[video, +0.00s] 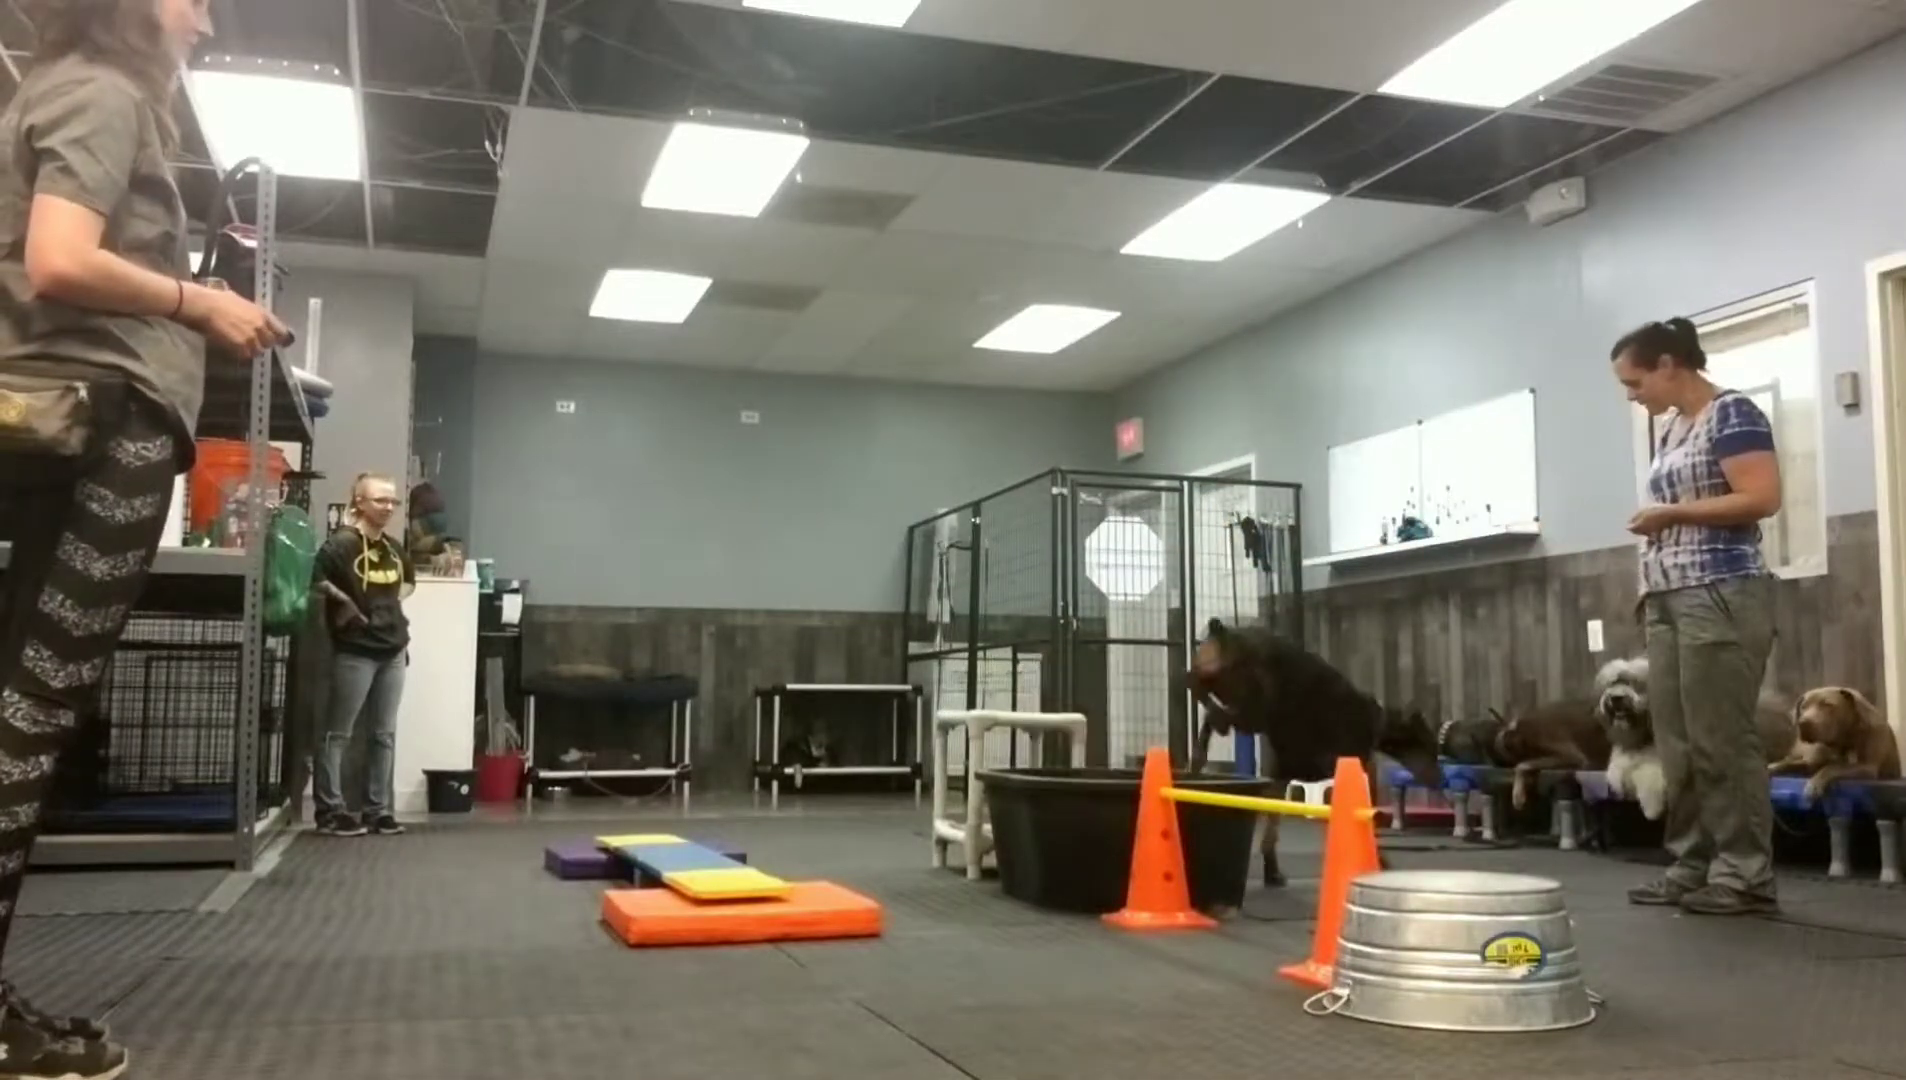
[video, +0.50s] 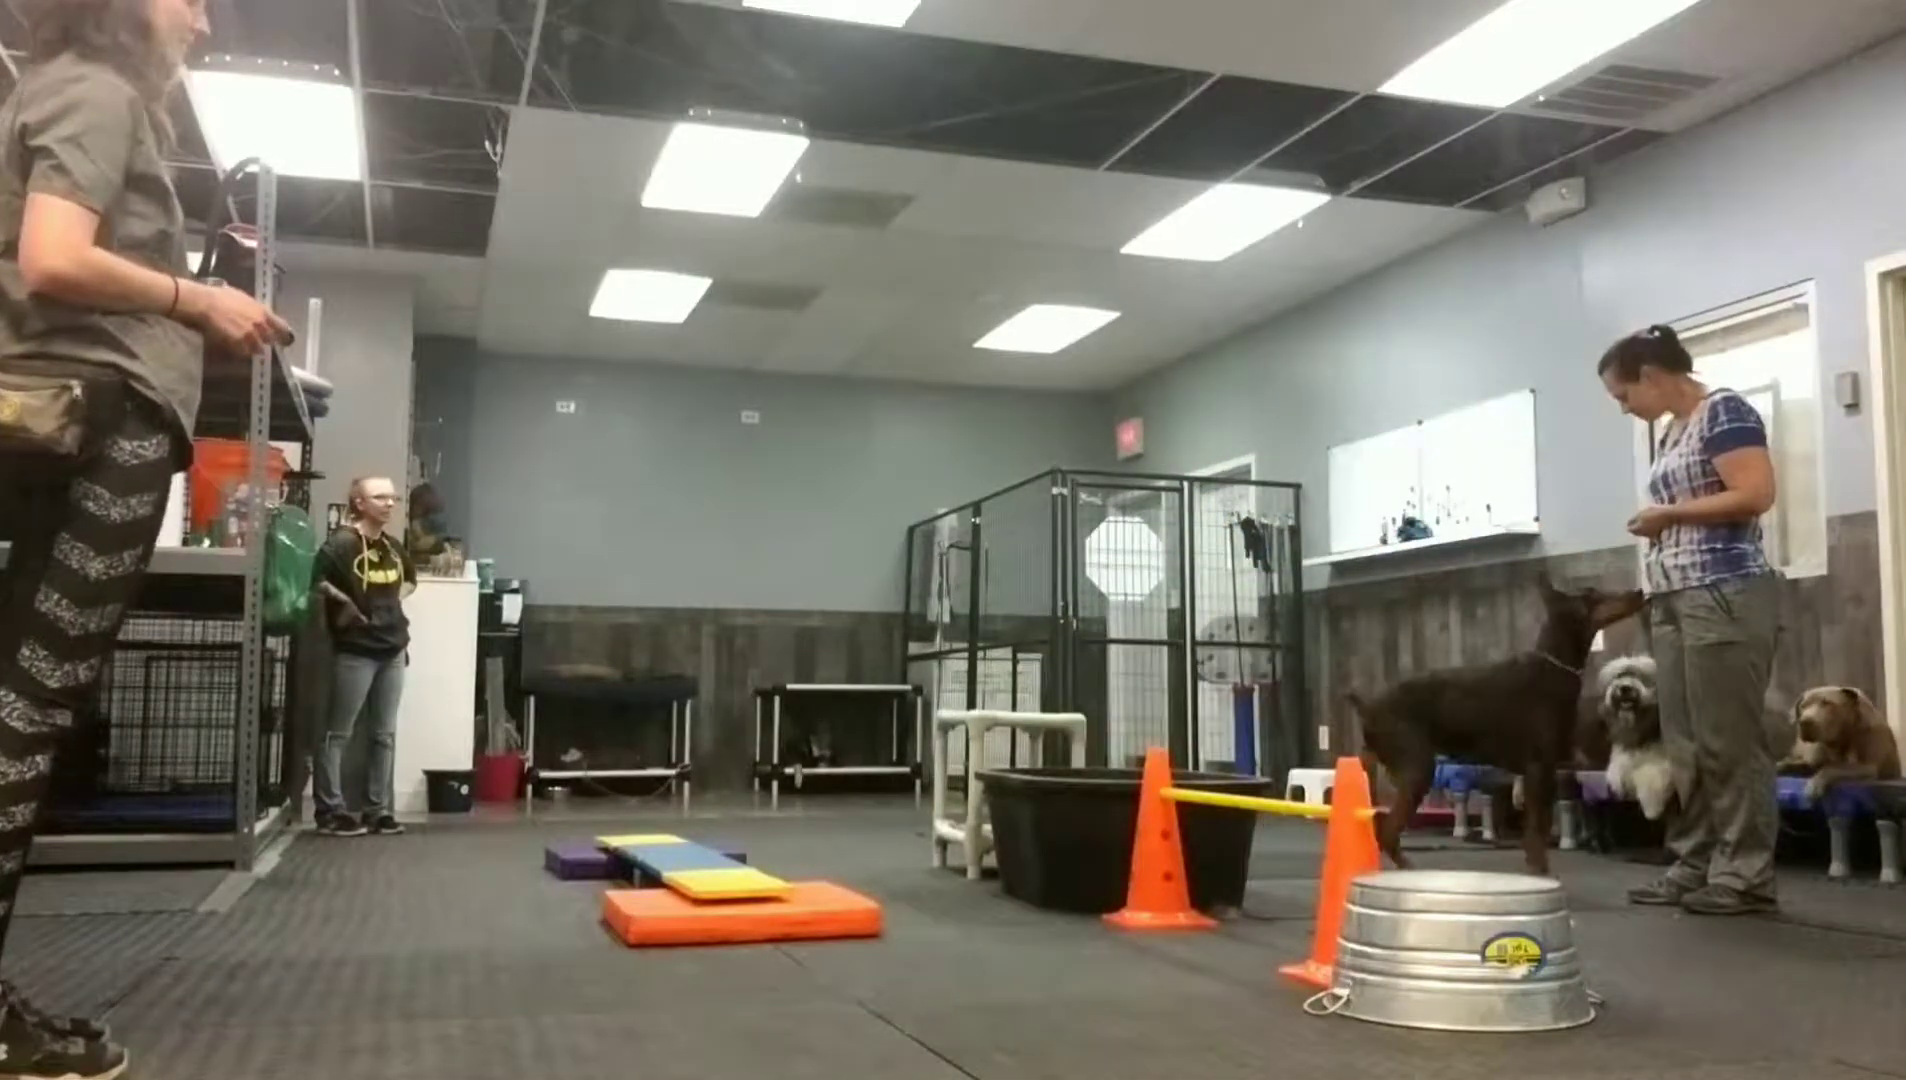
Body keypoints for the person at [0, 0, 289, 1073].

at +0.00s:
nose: (201, 22)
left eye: (202, 10)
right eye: (192, 5)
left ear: (114, 11)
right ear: (145, 4)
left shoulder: (74, 87)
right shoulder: (103, 89)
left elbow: (61, 263)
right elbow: (59, 261)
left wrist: (190, 299)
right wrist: (201, 301)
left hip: (81, 427)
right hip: (98, 430)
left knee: (40, 704)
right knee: (38, 707)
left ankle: (7, 1010)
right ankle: (3, 1015)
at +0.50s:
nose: (203, 20)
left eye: (202, 8)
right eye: (191, 3)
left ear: (124, 12)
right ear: (141, 2)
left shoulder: (102, 88)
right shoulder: (99, 88)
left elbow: (65, 261)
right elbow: (54, 259)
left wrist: (193, 293)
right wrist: (198, 297)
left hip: (99, 426)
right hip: (102, 429)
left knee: (39, 703)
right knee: (35, 707)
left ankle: (1, 1002)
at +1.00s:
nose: (185, 26)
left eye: (186, 14)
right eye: (176, 8)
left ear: (110, 13)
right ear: (126, 4)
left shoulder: (91, 87)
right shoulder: (82, 85)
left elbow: (62, 259)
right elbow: (37, 256)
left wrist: (181, 291)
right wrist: (186, 298)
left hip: (81, 421)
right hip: (85, 423)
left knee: (39, 699)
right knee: (32, 703)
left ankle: (4, 1008)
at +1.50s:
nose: (200, 38)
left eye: (202, 19)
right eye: (191, 14)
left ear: (95, 19)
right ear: (136, 15)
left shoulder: (48, 104)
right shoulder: (98, 109)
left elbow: (56, 274)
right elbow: (46, 274)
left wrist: (172, 308)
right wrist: (180, 315)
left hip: (35, 432)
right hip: (97, 437)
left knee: (30, 712)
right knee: (209, 673)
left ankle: (37, 972)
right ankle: (51, 936)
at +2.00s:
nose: (531, 112)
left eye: (528, 93)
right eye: (523, 92)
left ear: (427, 95)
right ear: (487, 94)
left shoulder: (380, 185)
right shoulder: (482, 184)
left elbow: (355, 323)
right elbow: (465, 332)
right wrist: (529, 377)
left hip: (372, 453)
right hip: (443, 459)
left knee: (508, 691)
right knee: (413, 713)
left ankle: (453, 933)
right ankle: (358, 968)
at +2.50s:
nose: (919, 210)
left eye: (919, 194)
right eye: (913, 193)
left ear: (834, 187)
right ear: (883, 192)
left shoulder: (770, 265)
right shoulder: (867, 266)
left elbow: (768, 397)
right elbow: (884, 416)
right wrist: (935, 518)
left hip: (761, 504)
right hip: (838, 504)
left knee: (818, 705)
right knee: (878, 709)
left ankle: (726, 878)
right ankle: (868, 927)